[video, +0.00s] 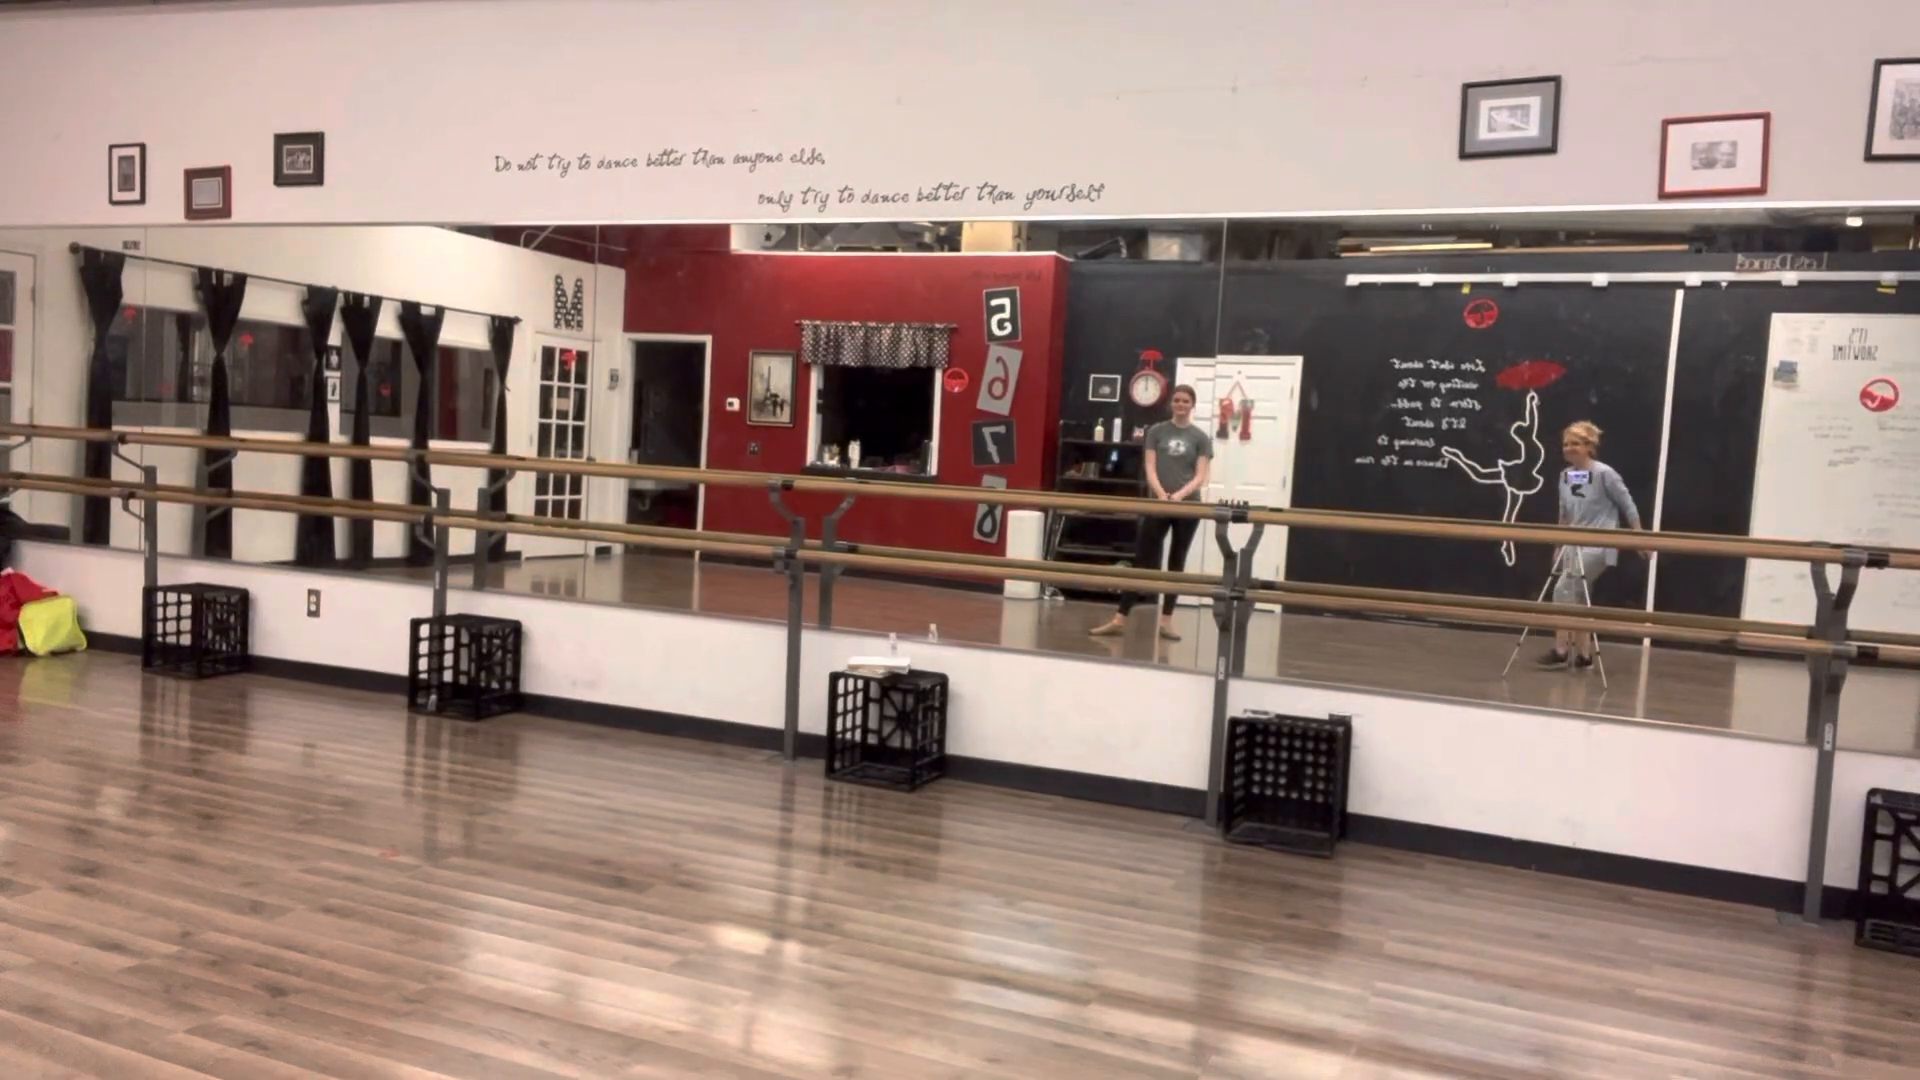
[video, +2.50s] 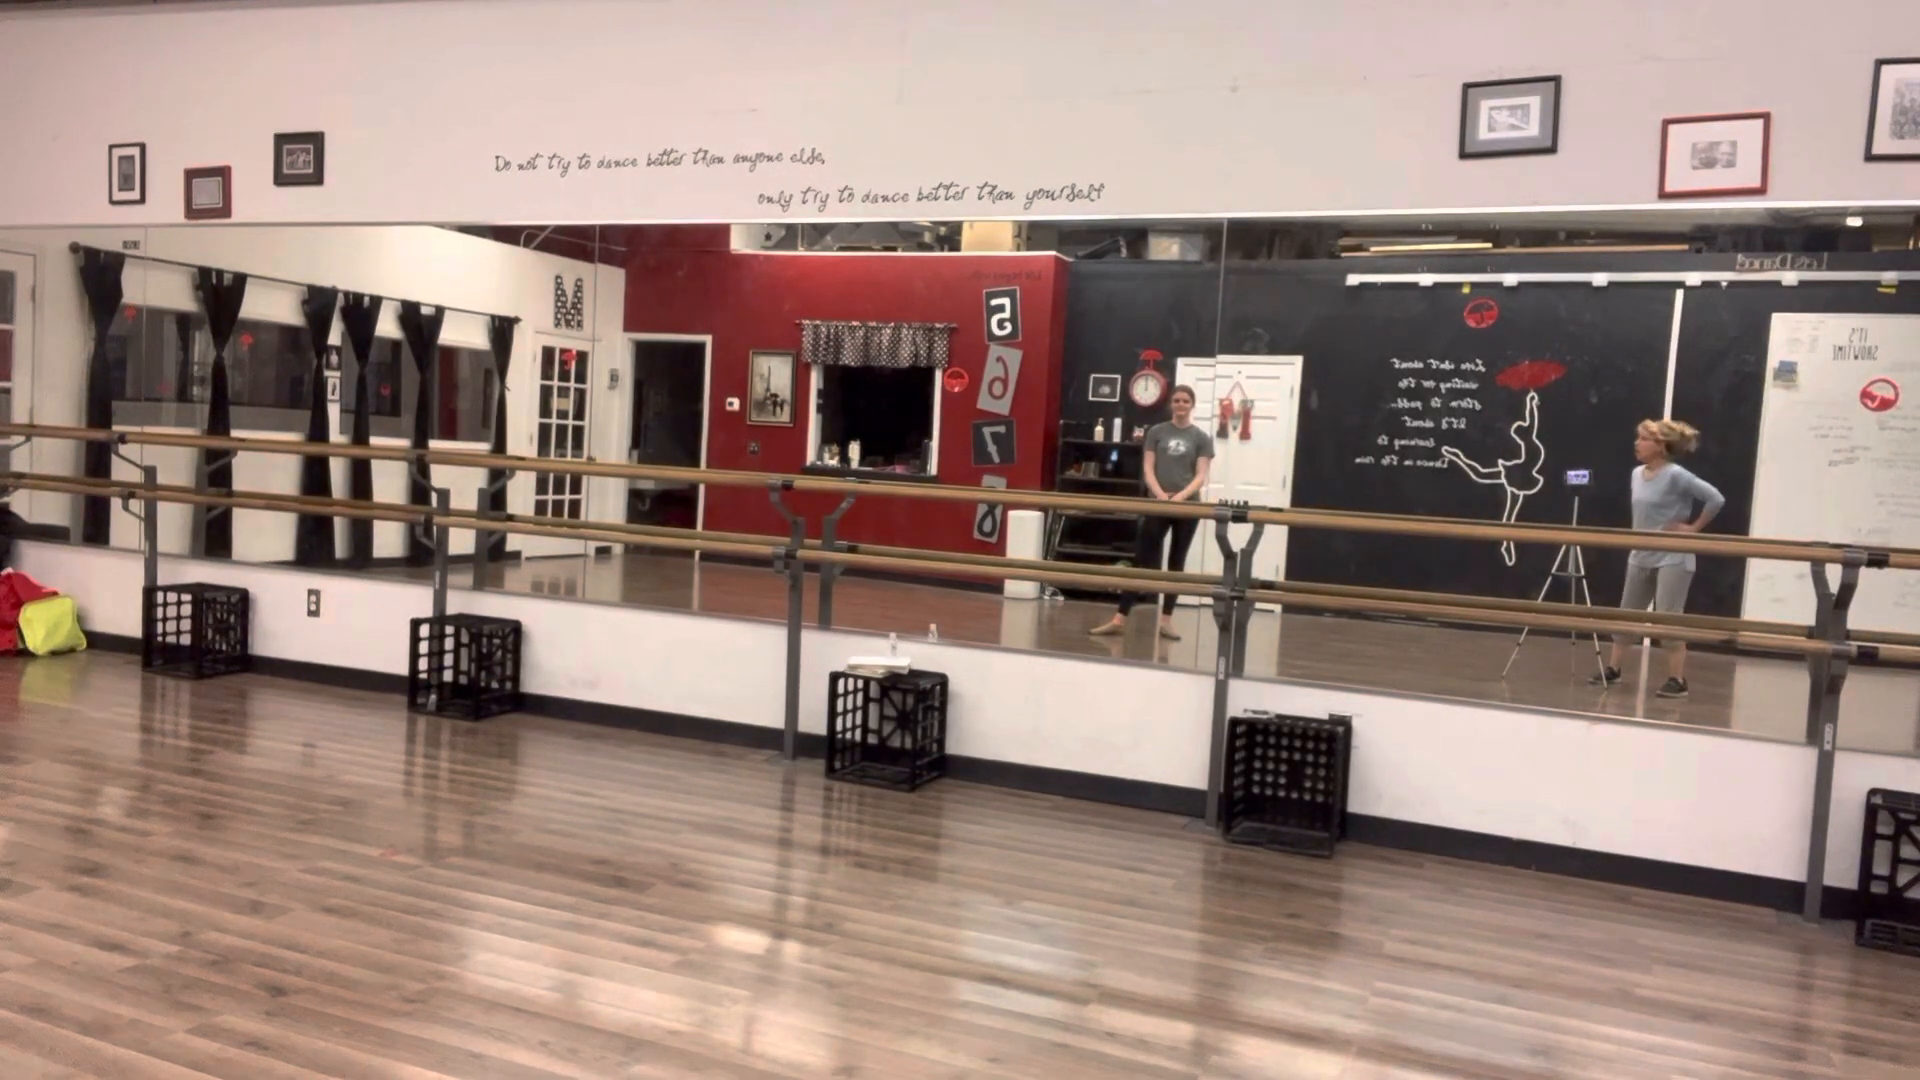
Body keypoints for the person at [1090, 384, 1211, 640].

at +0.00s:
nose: (1180, 405)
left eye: (1185, 401)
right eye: (1177, 401)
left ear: (1193, 406)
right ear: (1171, 403)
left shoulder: (1201, 438)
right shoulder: (1155, 432)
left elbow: (1201, 476)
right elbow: (1150, 468)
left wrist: (1179, 494)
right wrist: (1160, 493)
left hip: (1187, 504)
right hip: (1159, 501)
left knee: (1176, 560)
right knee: (1143, 555)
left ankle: (1166, 619)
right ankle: (1120, 617)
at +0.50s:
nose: (1178, 405)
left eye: (1183, 401)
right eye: (1175, 400)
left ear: (1191, 405)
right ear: (1169, 403)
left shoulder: (1200, 438)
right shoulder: (1154, 432)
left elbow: (1211, 477)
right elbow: (1140, 472)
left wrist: (1220, 509)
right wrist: (1122, 507)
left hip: (1186, 509)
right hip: (1155, 507)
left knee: (1176, 564)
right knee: (1142, 560)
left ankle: (1166, 619)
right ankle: (1120, 618)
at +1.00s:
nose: (1179, 405)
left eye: (1184, 401)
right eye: (1176, 401)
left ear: (1191, 405)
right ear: (1170, 404)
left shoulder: (1202, 439)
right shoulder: (1154, 432)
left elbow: (1206, 480)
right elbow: (1141, 470)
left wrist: (1206, 515)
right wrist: (1129, 505)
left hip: (1185, 510)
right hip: (1154, 507)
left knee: (1175, 565)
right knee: (1141, 560)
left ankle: (1165, 620)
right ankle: (1120, 617)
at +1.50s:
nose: (1180, 405)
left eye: (1184, 401)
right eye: (1176, 401)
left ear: (1192, 405)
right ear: (1170, 404)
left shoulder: (1202, 439)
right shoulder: (1154, 432)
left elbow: (1208, 481)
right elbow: (1145, 470)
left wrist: (1202, 515)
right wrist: (1140, 507)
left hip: (1185, 509)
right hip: (1155, 507)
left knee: (1176, 565)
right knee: (1141, 560)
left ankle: (1166, 620)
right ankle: (1120, 617)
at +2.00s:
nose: (1180, 405)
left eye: (1185, 401)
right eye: (1176, 400)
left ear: (1192, 405)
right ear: (1170, 404)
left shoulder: (1202, 437)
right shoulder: (1155, 433)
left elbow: (1213, 476)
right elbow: (1142, 471)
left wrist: (1223, 506)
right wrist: (1125, 506)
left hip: (1187, 509)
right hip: (1156, 507)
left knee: (1176, 564)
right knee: (1142, 560)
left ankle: (1165, 620)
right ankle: (1120, 618)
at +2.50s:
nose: (1180, 405)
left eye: (1185, 401)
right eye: (1177, 401)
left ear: (1192, 405)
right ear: (1170, 404)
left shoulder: (1202, 438)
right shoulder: (1155, 432)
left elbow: (1201, 475)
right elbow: (1148, 469)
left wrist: (1182, 495)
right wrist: (1160, 494)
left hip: (1187, 503)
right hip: (1158, 500)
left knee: (1177, 560)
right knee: (1143, 555)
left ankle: (1166, 618)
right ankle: (1120, 616)